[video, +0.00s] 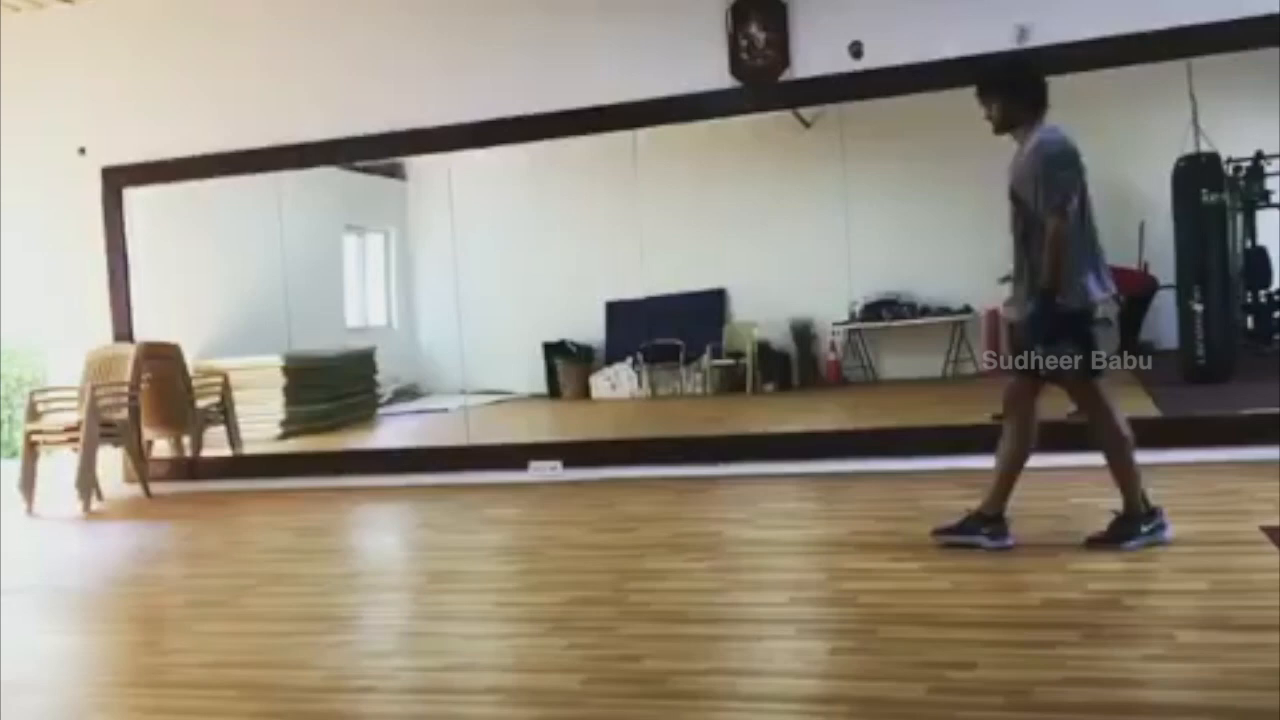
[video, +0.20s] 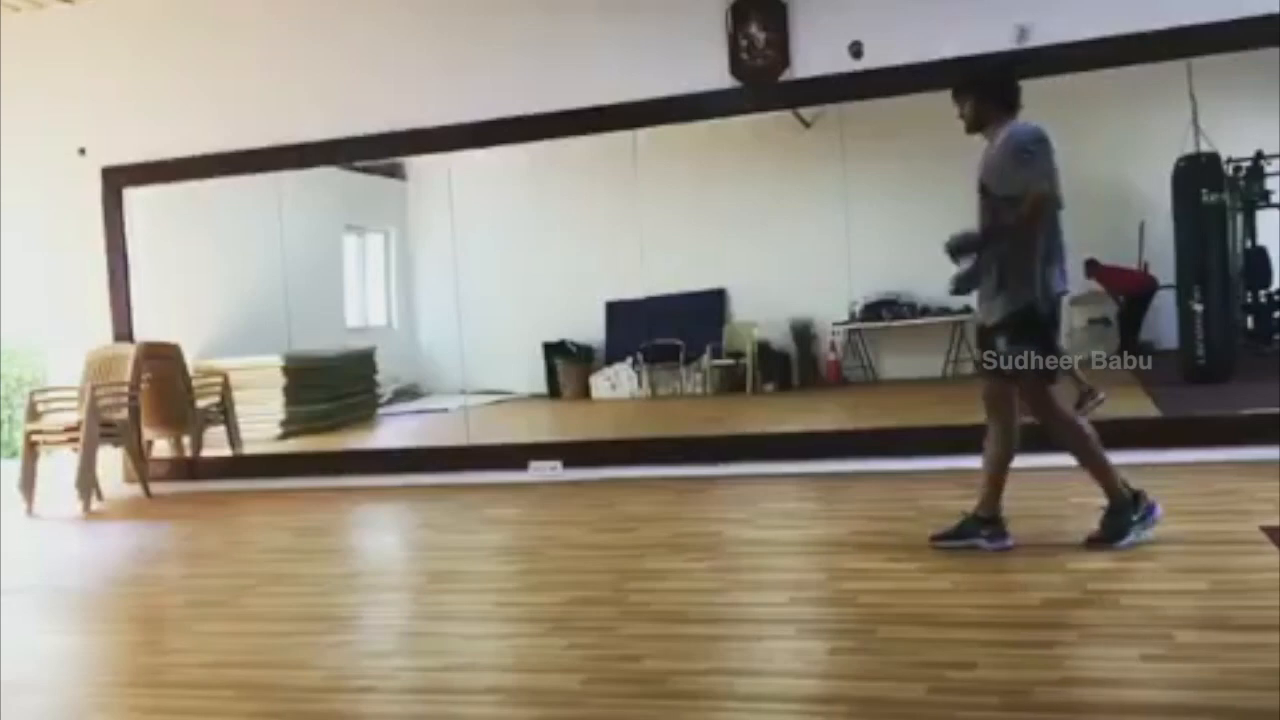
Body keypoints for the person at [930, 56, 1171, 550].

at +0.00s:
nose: (983, 110)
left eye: (989, 100)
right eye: (982, 100)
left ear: (1016, 99)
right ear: (1020, 102)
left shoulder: (1051, 148)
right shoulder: (1030, 151)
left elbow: (1058, 225)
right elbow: (1039, 231)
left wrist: (1047, 296)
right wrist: (1024, 301)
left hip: (1065, 304)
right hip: (1047, 304)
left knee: (1093, 404)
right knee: (1017, 403)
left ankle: (1139, 511)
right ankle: (990, 513)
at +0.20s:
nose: (958, 112)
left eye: (962, 100)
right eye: (957, 102)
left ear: (987, 99)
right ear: (988, 99)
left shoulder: (1025, 140)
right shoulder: (999, 150)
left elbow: (1036, 212)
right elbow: (1008, 227)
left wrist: (978, 241)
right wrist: (977, 272)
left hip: (1028, 301)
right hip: (1002, 304)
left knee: (1042, 405)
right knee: (999, 403)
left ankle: (1125, 500)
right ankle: (987, 516)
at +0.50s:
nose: (936, 120)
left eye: (938, 110)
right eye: (934, 111)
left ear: (961, 105)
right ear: (964, 105)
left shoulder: (1002, 137)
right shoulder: (979, 150)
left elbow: (1010, 225)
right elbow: (972, 225)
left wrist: (994, 299)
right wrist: (933, 268)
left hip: (1003, 293)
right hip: (992, 291)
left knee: (962, 400)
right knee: (994, 402)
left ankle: (1041, 490)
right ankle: (986, 515)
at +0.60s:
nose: (937, 123)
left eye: (939, 112)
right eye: (934, 115)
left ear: (963, 104)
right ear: (964, 105)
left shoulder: (998, 136)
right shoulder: (978, 153)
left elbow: (1022, 138)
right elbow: (970, 228)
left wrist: (1002, 109)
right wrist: (931, 271)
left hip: (1000, 293)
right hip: (992, 292)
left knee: (959, 400)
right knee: (992, 402)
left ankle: (1036, 492)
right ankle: (986, 516)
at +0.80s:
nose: (944, 122)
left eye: (945, 110)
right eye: (941, 113)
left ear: (966, 104)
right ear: (970, 105)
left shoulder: (1011, 140)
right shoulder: (980, 155)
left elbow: (1037, 190)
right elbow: (989, 242)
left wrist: (977, 158)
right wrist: (960, 297)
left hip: (1007, 300)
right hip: (989, 301)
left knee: (979, 406)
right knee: (993, 408)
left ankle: (1077, 490)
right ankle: (986, 516)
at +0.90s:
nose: (951, 118)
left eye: (953, 107)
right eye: (949, 109)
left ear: (977, 104)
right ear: (978, 105)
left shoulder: (1022, 146)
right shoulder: (997, 154)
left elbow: (1049, 211)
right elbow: (1025, 223)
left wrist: (975, 229)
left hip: (1015, 302)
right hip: (1000, 303)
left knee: (1007, 410)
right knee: (1004, 411)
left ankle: (1107, 498)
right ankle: (987, 516)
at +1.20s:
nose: (983, 112)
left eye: (987, 102)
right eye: (982, 103)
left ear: (1012, 102)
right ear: (1018, 103)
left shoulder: (1053, 152)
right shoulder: (1032, 155)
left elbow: (1066, 229)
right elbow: (1043, 233)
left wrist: (1035, 284)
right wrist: (1029, 287)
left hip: (1060, 307)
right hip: (1040, 305)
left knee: (1090, 412)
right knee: (1020, 410)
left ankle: (1141, 517)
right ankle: (990, 515)